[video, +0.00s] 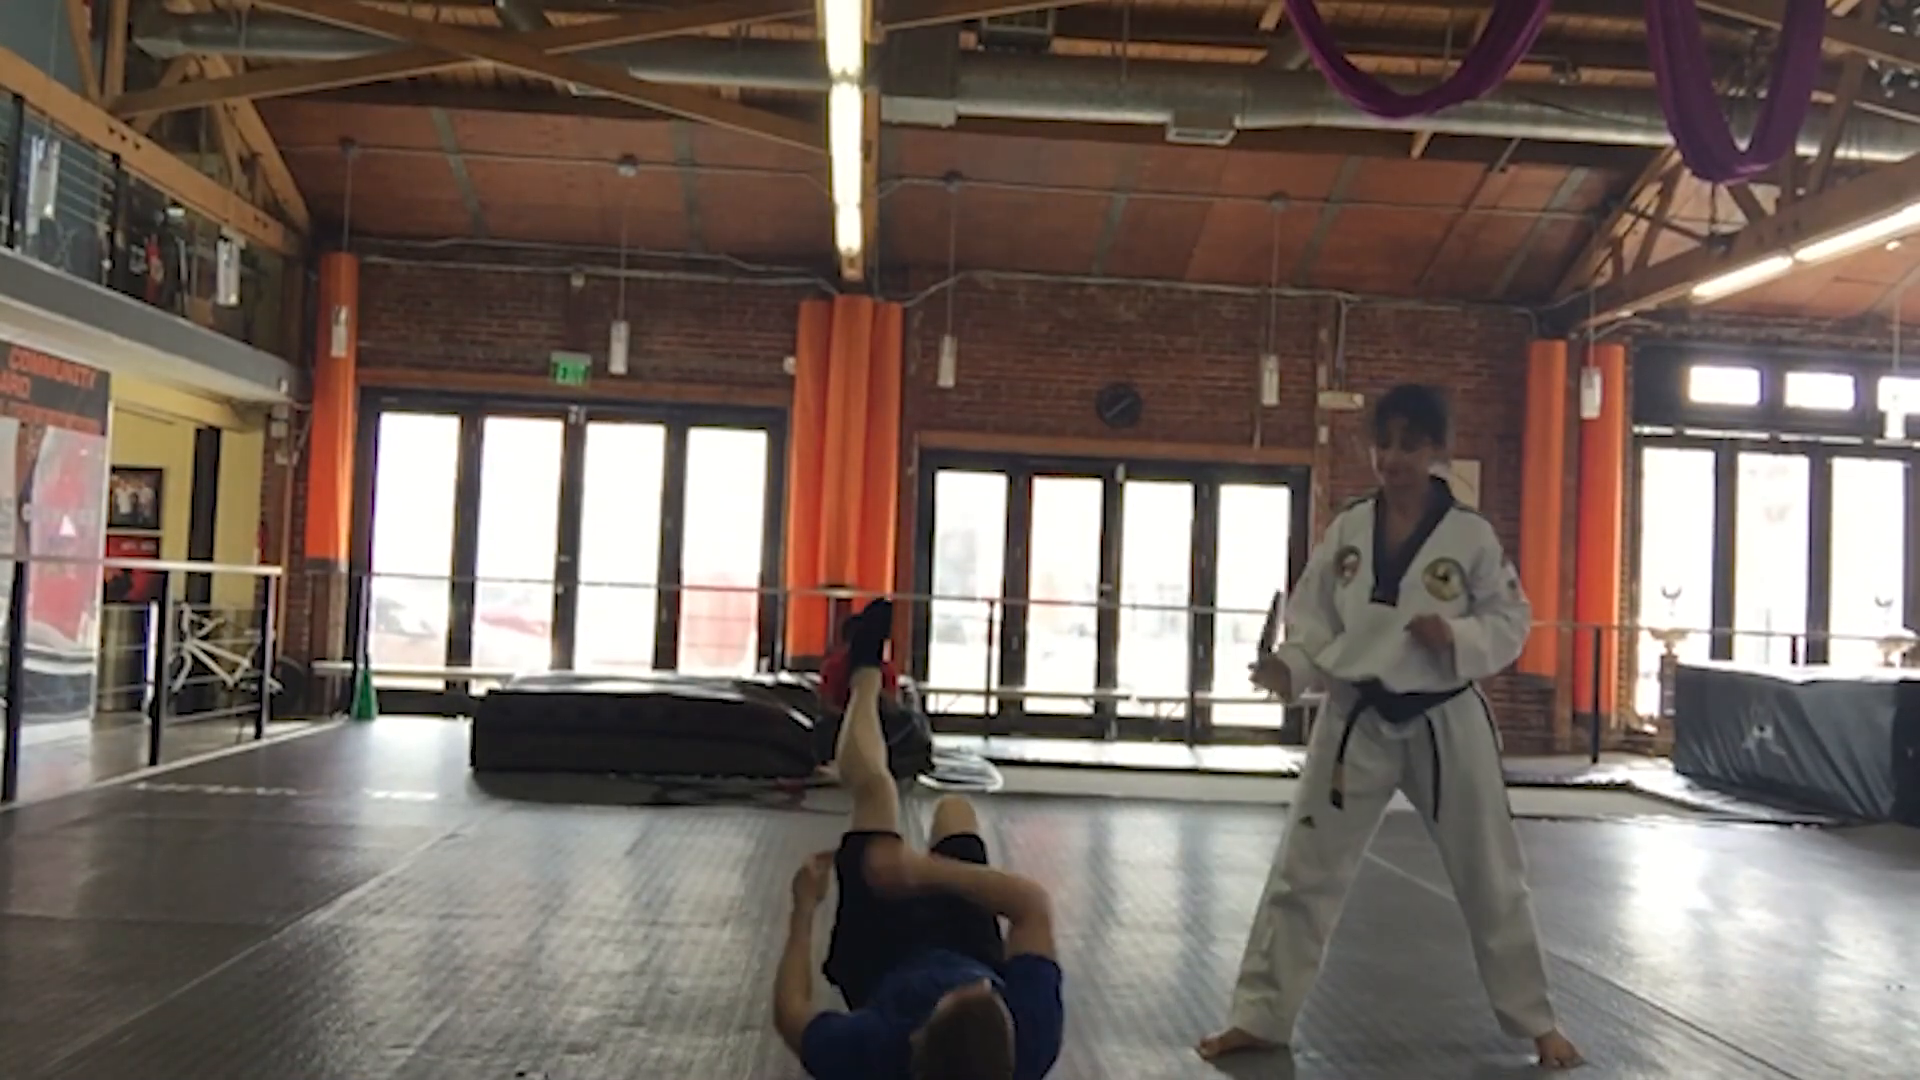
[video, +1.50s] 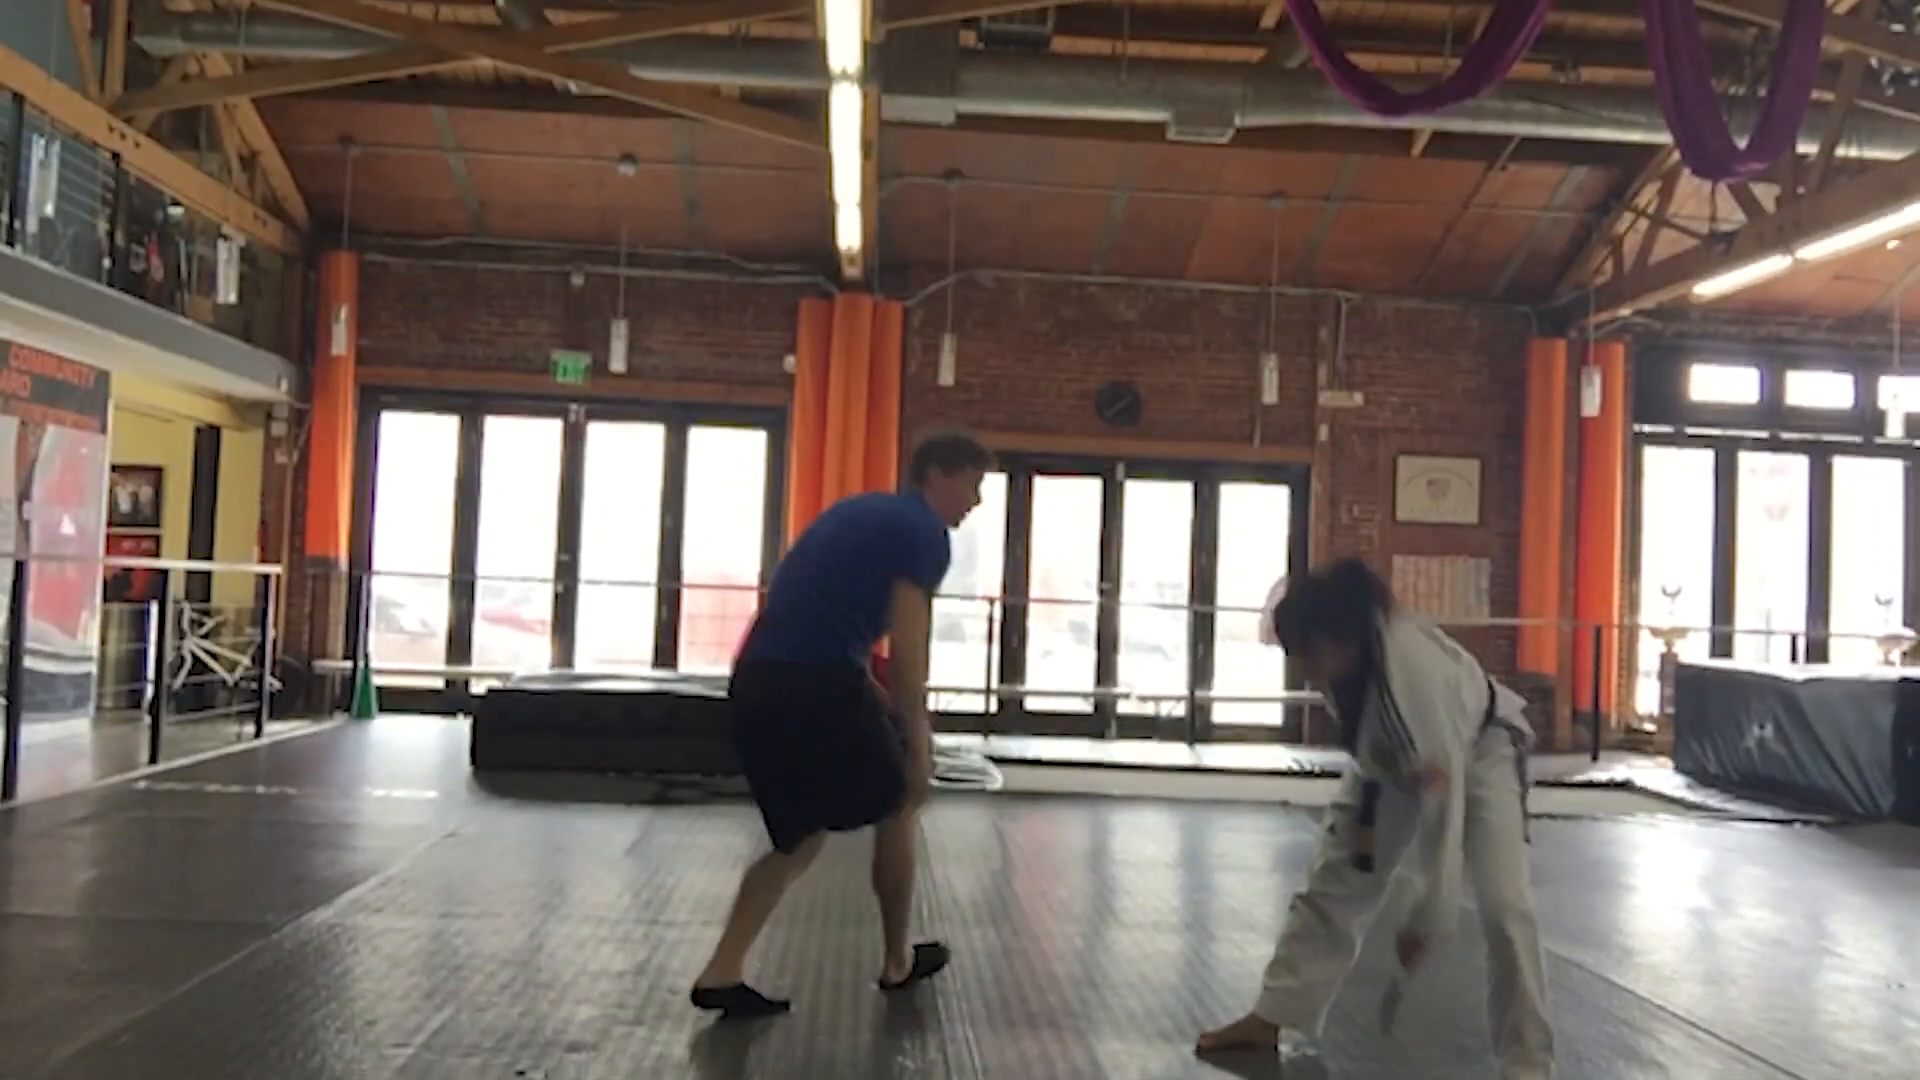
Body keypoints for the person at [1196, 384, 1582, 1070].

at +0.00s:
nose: (1391, 457)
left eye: (1408, 444)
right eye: (1383, 443)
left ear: (1437, 452)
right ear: (1371, 447)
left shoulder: (1470, 536)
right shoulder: (1347, 529)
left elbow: (1511, 627)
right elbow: (1309, 624)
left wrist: (1457, 634)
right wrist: (1292, 669)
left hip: (1447, 721)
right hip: (1351, 718)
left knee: (1491, 878)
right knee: (1302, 874)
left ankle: (1539, 1023)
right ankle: (1261, 1021)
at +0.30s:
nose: (1379, 467)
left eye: (1394, 455)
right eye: (1370, 452)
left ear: (1424, 457)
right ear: (1359, 453)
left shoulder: (1461, 539)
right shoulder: (1334, 530)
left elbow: (1501, 624)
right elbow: (1307, 629)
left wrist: (1457, 663)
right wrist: (1288, 687)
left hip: (1436, 722)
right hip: (1342, 721)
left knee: (1484, 880)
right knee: (1297, 875)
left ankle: (1542, 1025)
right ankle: (1260, 1023)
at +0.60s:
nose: (1354, 540)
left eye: (1367, 527)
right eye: (1343, 526)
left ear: (1396, 514)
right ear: (1329, 514)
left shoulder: (1446, 583)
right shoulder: (1313, 563)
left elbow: (1469, 700)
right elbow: (1292, 642)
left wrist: (1442, 785)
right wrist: (1294, 715)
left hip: (1433, 736)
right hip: (1345, 733)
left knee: (1488, 887)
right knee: (1294, 868)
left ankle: (1534, 1056)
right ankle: (1257, 1021)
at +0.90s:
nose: (1348, 755)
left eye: (1354, 746)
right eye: (1341, 745)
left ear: (1388, 726)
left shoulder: (1452, 731)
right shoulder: (1374, 691)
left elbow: (1457, 886)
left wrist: (1435, 1003)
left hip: (1515, 767)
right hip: (1413, 770)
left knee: (1531, 916)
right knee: (1347, 898)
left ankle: (1527, 1067)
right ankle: (1269, 1025)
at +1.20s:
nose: (1336, 814)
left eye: (1345, 804)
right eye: (1328, 802)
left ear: (1377, 783)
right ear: (1316, 753)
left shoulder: (1438, 796)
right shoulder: (1353, 701)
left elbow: (1442, 931)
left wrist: (1426, 1063)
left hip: (1525, 773)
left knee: (1532, 920)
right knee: (1345, 905)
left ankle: (1526, 1069)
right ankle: (1267, 1025)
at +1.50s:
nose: (1301, 669)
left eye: (1309, 655)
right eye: (1296, 655)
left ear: (1345, 643)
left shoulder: (1411, 660)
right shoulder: (1341, 662)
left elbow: (1446, 797)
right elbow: (1365, 740)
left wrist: (1428, 917)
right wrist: (1361, 819)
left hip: (1479, 748)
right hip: (1400, 755)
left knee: (1504, 903)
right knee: (1338, 877)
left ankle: (1526, 1063)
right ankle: (1268, 1021)